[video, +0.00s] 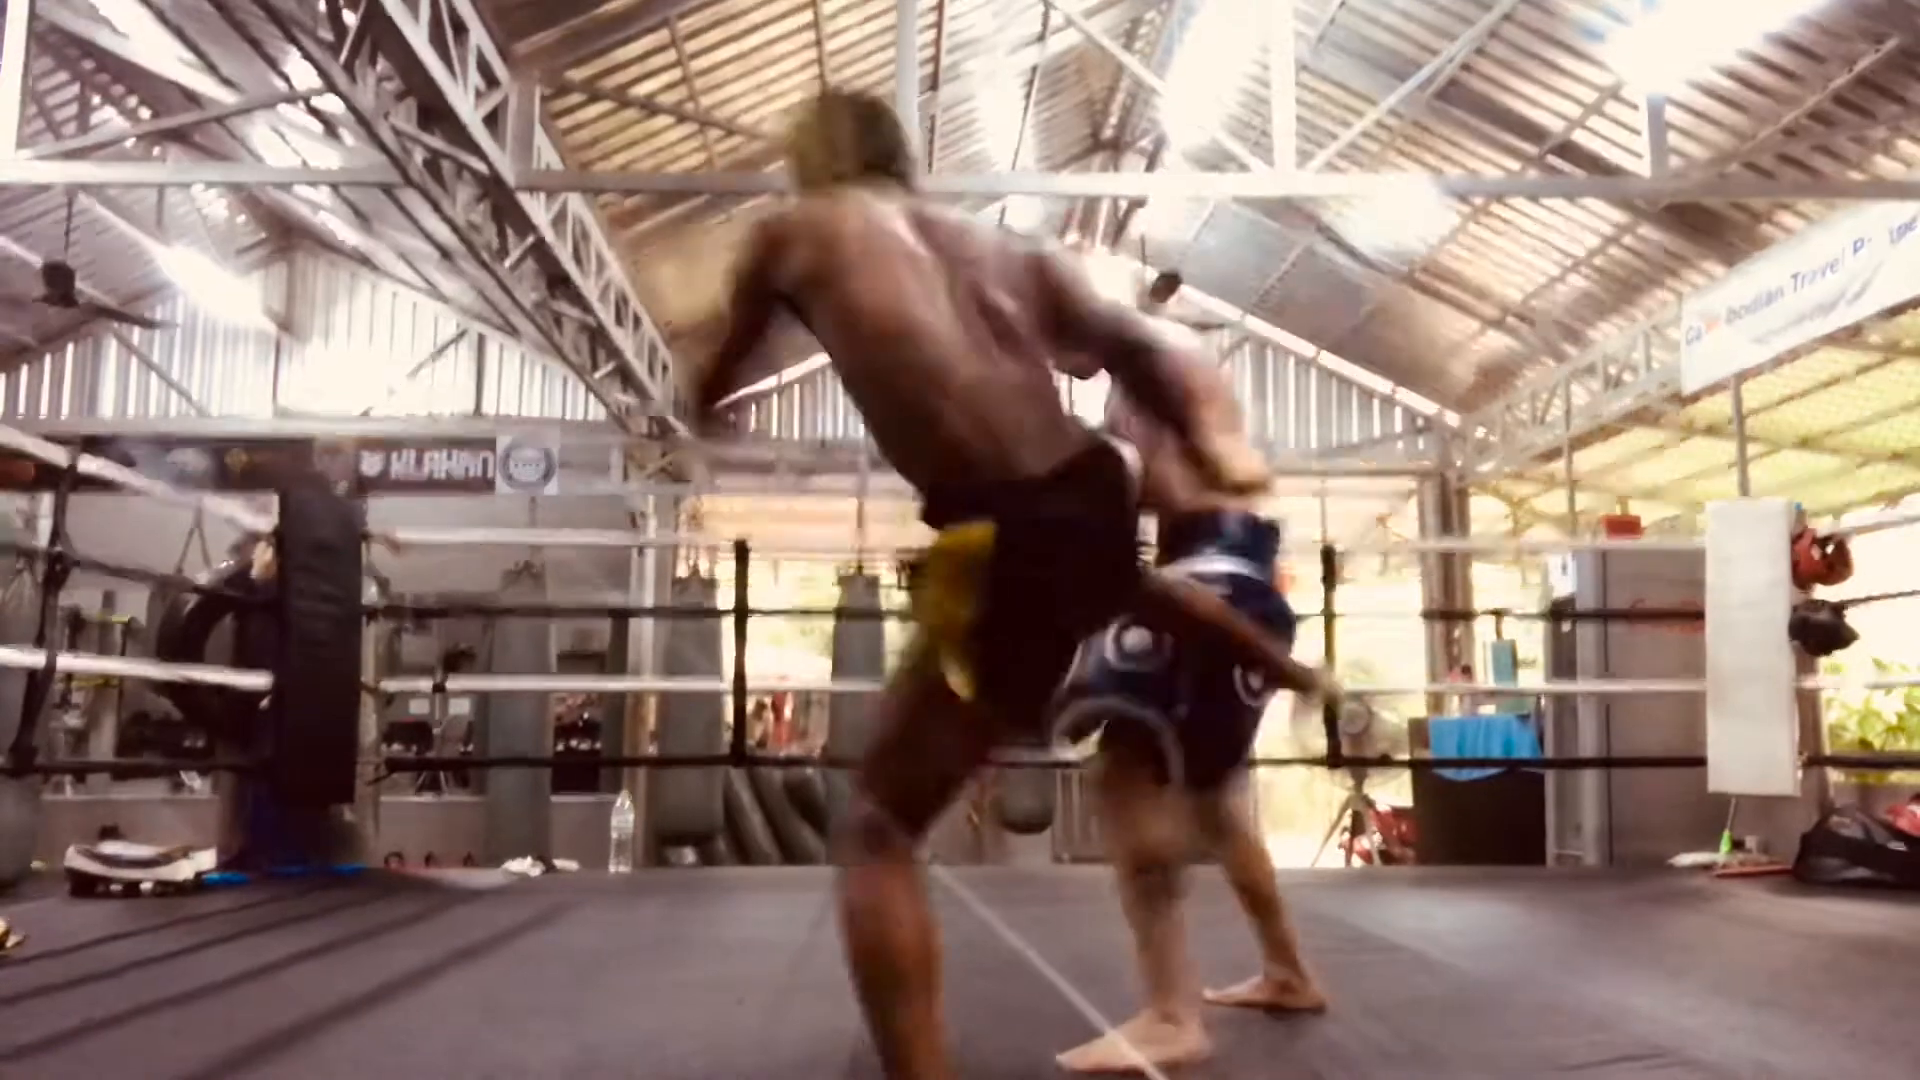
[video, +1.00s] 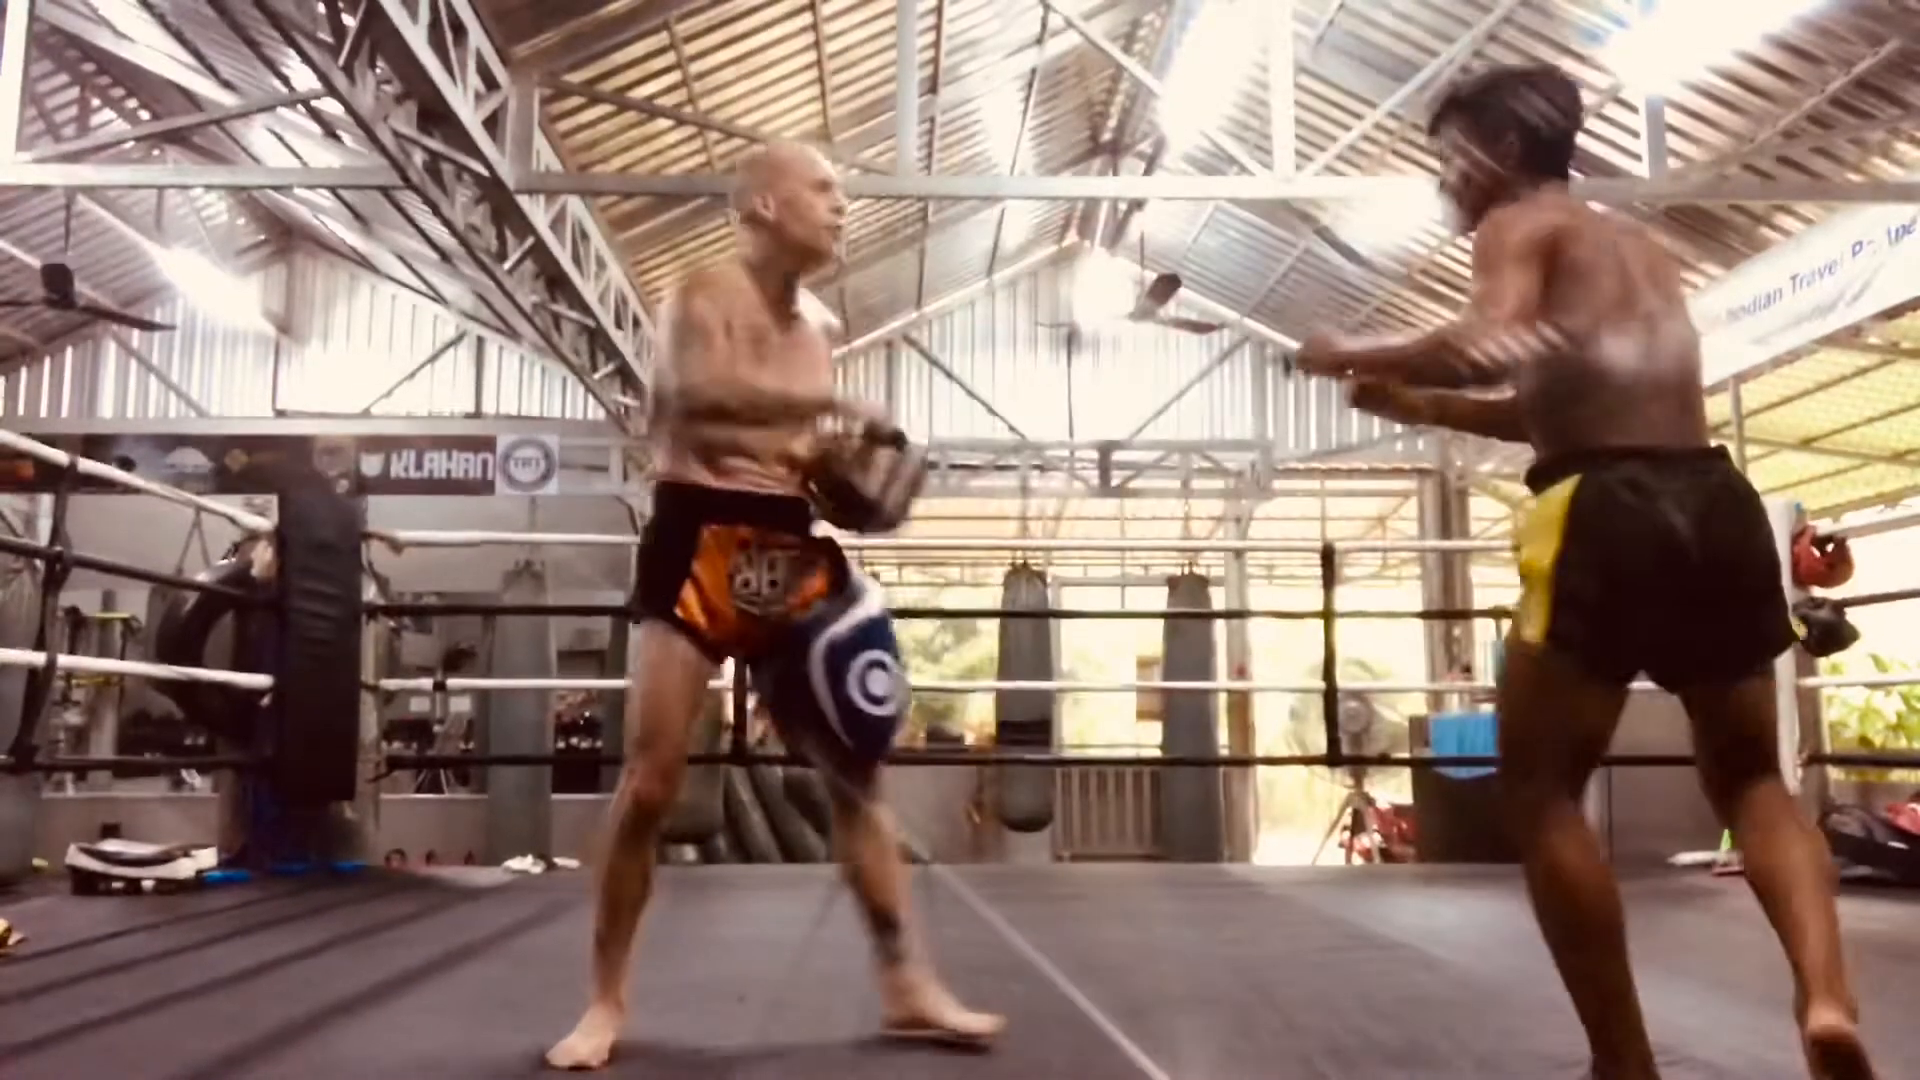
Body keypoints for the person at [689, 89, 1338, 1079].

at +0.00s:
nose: (791, 178)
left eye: (796, 163)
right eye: (797, 162)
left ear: (812, 164)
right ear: (897, 161)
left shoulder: (795, 231)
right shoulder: (993, 244)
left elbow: (710, 395)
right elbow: (1138, 347)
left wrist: (719, 352)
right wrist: (1212, 455)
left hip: (997, 546)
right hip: (1100, 493)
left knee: (875, 828)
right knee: (1129, 591)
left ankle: (920, 1067)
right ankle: (1304, 680)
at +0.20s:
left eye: (1001, 124)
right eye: (1084, 102)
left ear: (997, 124)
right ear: (1096, 105)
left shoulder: (967, 235)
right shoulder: (1186, 175)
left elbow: (914, 417)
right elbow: (1323, 299)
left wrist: (947, 398)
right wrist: (1263, 307)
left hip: (1142, 533)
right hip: (1267, 488)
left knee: (1027, 831)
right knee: (1434, 673)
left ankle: (969, 1066)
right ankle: (1583, 898)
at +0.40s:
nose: (1302, 165)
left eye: (1304, 147)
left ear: (1313, 143)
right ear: (1414, 127)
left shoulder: (1283, 253)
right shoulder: (1491, 217)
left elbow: (1142, 351)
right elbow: (1540, 361)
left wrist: (1031, 422)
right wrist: (1490, 354)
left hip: (1354, 594)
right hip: (1499, 578)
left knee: (1199, 860)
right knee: (1718, 848)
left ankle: (1049, 1062)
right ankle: (1823, 1072)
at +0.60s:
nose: (1444, 114)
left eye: (1450, 95)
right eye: (1444, 97)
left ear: (1483, 79)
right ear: (1563, 77)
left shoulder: (1461, 163)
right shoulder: (1669, 176)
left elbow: (1338, 278)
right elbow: (1678, 366)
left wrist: (1236, 411)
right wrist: (1570, 305)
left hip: (1475, 488)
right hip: (1622, 485)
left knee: (1385, 780)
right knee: (1733, 810)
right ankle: (1832, 1067)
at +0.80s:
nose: (1478, 140)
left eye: (1483, 119)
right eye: (1476, 122)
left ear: (1523, 106)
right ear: (1590, 108)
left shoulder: (1513, 186)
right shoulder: (1685, 209)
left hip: (1569, 511)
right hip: (1704, 504)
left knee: (1492, 803)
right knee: (1774, 827)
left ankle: (1615, 1056)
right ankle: (1843, 1072)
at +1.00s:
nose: (1446, 185)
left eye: (1452, 161)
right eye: (1441, 163)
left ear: (1502, 150)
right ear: (1552, 153)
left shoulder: (1520, 225)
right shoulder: (1643, 243)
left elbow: (1499, 346)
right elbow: (1548, 409)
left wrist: (1351, 353)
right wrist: (1407, 397)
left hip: (1596, 516)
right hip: (1715, 510)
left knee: (1543, 794)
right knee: (1749, 771)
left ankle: (1624, 1062)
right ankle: (1827, 1000)